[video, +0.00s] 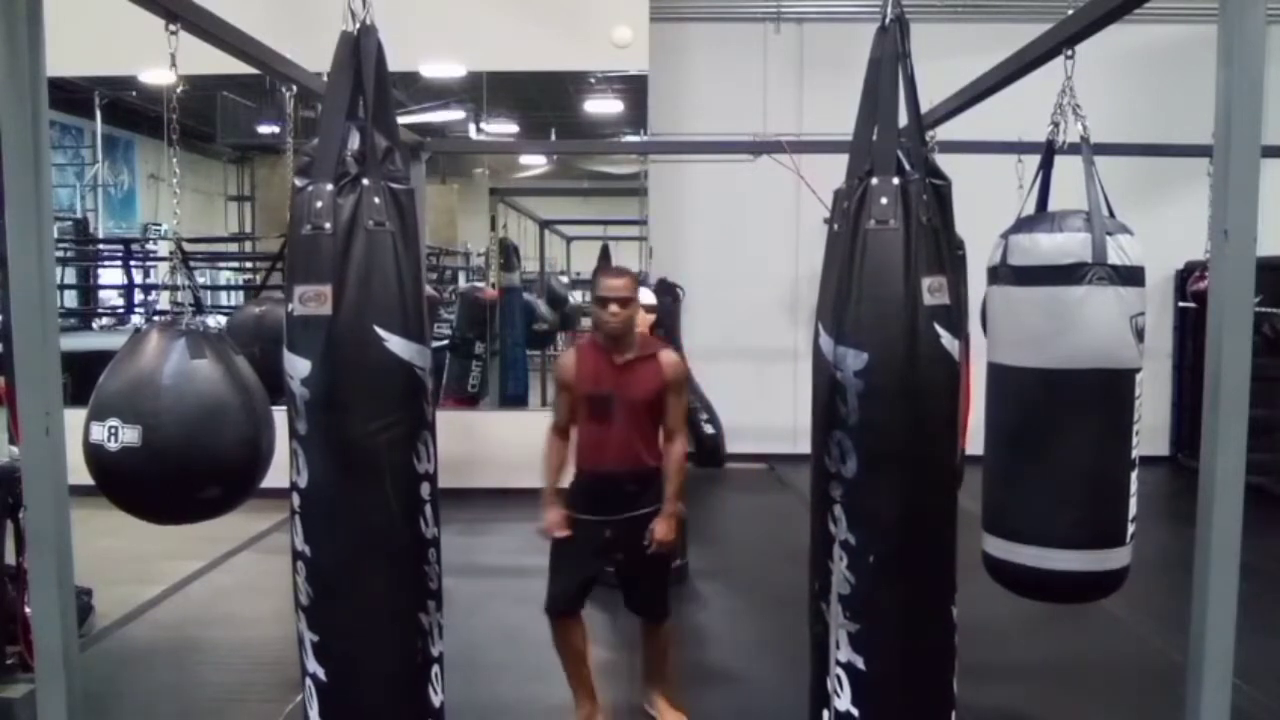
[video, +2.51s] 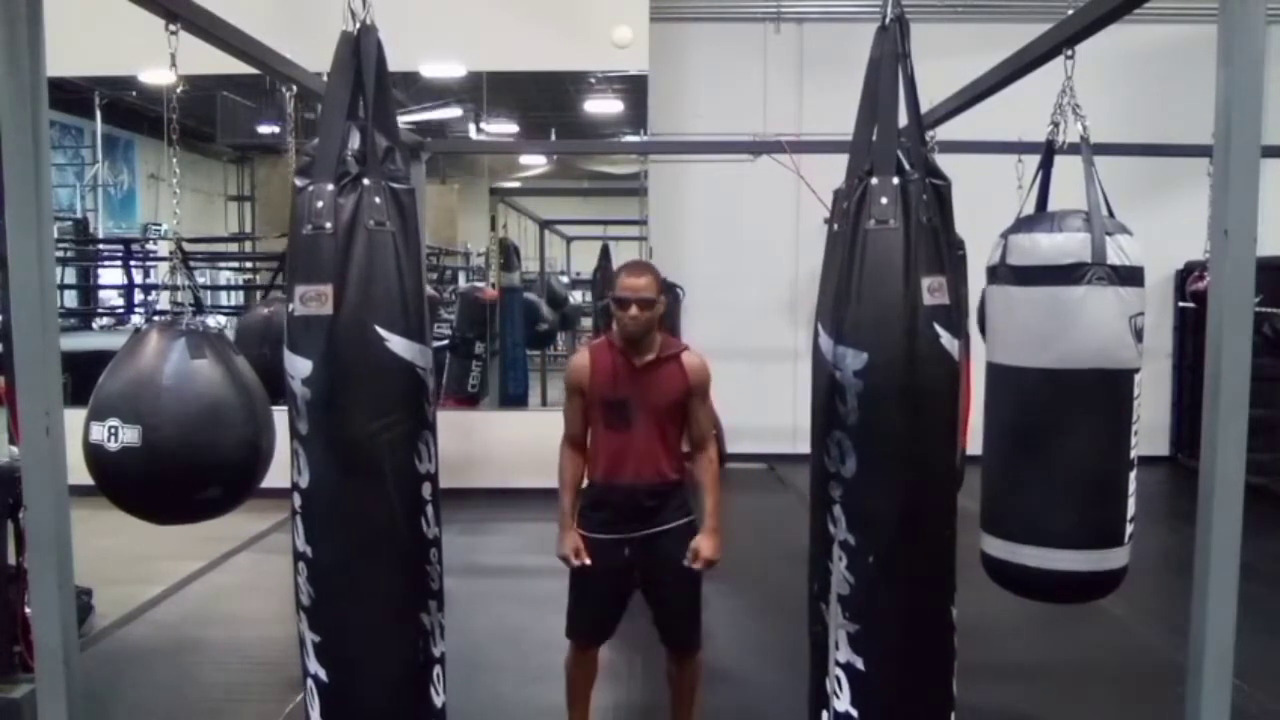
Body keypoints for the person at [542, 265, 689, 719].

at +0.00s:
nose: (613, 312)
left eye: (623, 303)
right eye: (604, 303)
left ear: (639, 307)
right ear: (592, 307)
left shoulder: (667, 364)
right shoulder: (572, 364)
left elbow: (676, 437)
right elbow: (560, 430)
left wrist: (670, 509)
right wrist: (552, 497)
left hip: (646, 494)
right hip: (587, 495)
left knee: (654, 607)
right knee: (562, 607)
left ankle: (656, 693)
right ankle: (586, 704)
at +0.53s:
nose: (613, 308)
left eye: (623, 299)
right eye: (604, 299)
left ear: (637, 303)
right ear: (593, 303)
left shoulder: (665, 359)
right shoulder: (571, 357)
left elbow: (680, 430)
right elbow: (553, 427)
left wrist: (692, 503)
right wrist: (538, 495)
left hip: (644, 494)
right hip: (582, 494)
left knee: (656, 606)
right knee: (572, 606)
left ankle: (655, 692)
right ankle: (568, 702)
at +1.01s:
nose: (596, 310)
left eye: (606, 301)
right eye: (587, 302)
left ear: (620, 303)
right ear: (575, 305)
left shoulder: (652, 361)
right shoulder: (554, 363)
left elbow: (664, 429)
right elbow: (540, 435)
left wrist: (668, 499)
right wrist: (538, 506)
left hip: (637, 492)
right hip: (575, 495)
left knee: (659, 606)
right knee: (568, 609)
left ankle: (667, 702)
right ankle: (567, 704)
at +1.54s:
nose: (647, 306)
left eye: (659, 299)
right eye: (638, 297)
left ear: (676, 304)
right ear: (626, 301)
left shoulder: (696, 365)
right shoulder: (598, 358)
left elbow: (712, 440)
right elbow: (584, 432)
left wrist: (717, 516)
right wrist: (578, 504)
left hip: (671, 505)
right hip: (608, 505)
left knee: (674, 624)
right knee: (587, 620)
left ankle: (670, 708)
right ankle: (580, 712)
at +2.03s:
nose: (615, 316)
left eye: (626, 307)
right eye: (606, 307)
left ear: (646, 311)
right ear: (595, 309)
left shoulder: (673, 370)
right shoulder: (569, 368)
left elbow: (685, 445)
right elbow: (551, 444)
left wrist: (693, 519)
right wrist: (543, 515)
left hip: (656, 512)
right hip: (589, 514)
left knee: (678, 641)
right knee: (574, 639)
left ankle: (682, 715)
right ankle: (574, 718)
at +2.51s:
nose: (632, 314)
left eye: (644, 304)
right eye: (622, 304)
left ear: (662, 307)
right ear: (611, 306)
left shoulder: (689, 366)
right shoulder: (585, 365)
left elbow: (704, 447)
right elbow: (573, 444)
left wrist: (710, 527)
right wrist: (567, 524)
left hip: (669, 513)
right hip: (603, 514)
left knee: (684, 645)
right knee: (583, 641)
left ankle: (683, 716)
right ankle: (577, 716)